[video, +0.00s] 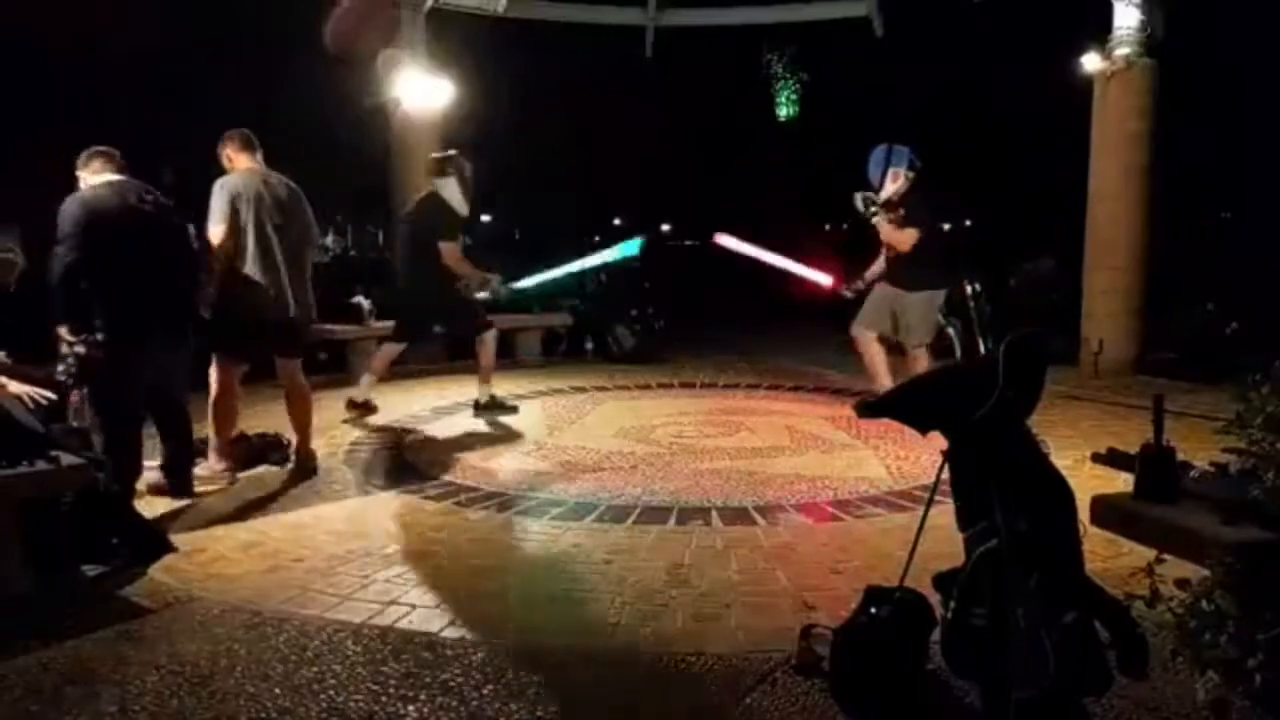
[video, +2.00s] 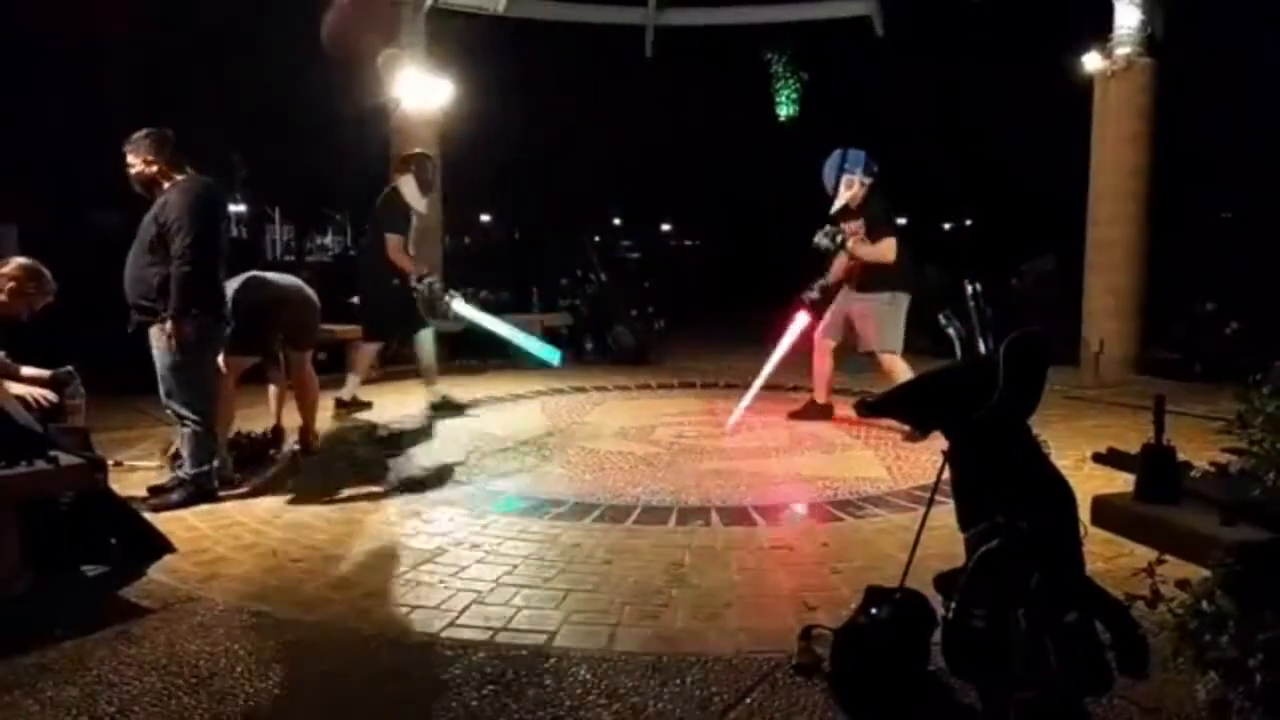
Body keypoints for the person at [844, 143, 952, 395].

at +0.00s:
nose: (883, 187)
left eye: (886, 179)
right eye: (882, 180)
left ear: (900, 175)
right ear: (887, 177)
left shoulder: (921, 202)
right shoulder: (894, 204)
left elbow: (906, 242)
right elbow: (888, 254)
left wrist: (876, 218)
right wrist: (863, 281)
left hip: (924, 286)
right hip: (894, 282)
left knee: (916, 347)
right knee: (863, 332)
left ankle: (921, 401)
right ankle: (887, 394)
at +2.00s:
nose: (846, 191)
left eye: (850, 184)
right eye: (842, 184)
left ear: (862, 182)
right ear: (838, 182)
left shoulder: (878, 207)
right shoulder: (843, 211)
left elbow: (888, 253)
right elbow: (844, 257)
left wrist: (846, 244)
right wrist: (824, 286)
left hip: (885, 291)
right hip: (852, 288)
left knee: (887, 357)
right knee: (824, 339)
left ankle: (923, 411)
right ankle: (820, 402)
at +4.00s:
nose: (822, 180)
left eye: (828, 173)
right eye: (818, 174)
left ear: (840, 172)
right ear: (813, 174)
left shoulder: (855, 203)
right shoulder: (817, 206)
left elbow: (879, 244)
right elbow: (814, 248)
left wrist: (877, 288)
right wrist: (801, 282)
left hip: (849, 287)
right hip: (823, 289)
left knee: (844, 347)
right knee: (827, 349)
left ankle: (848, 413)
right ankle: (838, 409)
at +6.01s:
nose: (781, 187)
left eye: (787, 180)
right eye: (778, 180)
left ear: (800, 179)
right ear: (774, 179)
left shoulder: (815, 206)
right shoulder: (781, 214)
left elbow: (844, 243)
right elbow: (769, 246)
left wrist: (821, 278)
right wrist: (747, 265)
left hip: (829, 290)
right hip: (804, 289)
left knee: (813, 355)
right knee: (788, 351)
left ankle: (839, 425)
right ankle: (774, 407)